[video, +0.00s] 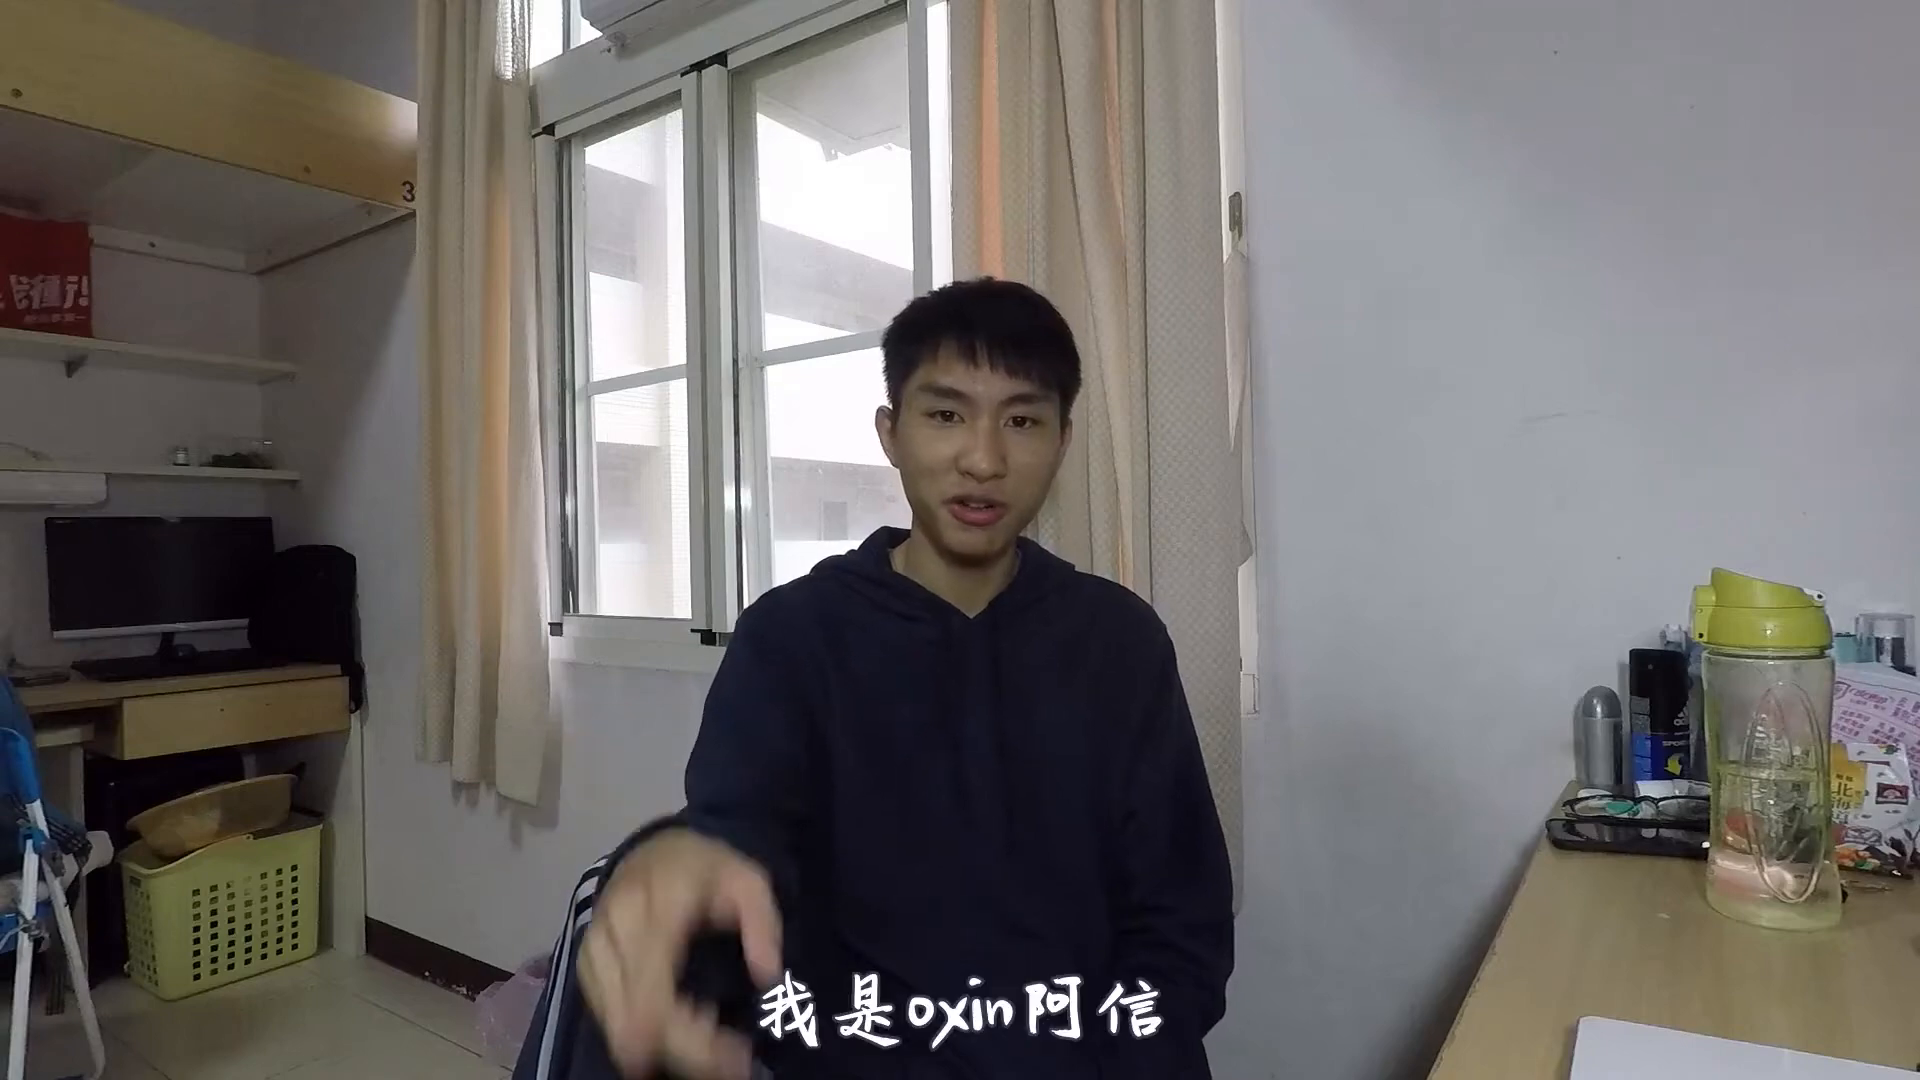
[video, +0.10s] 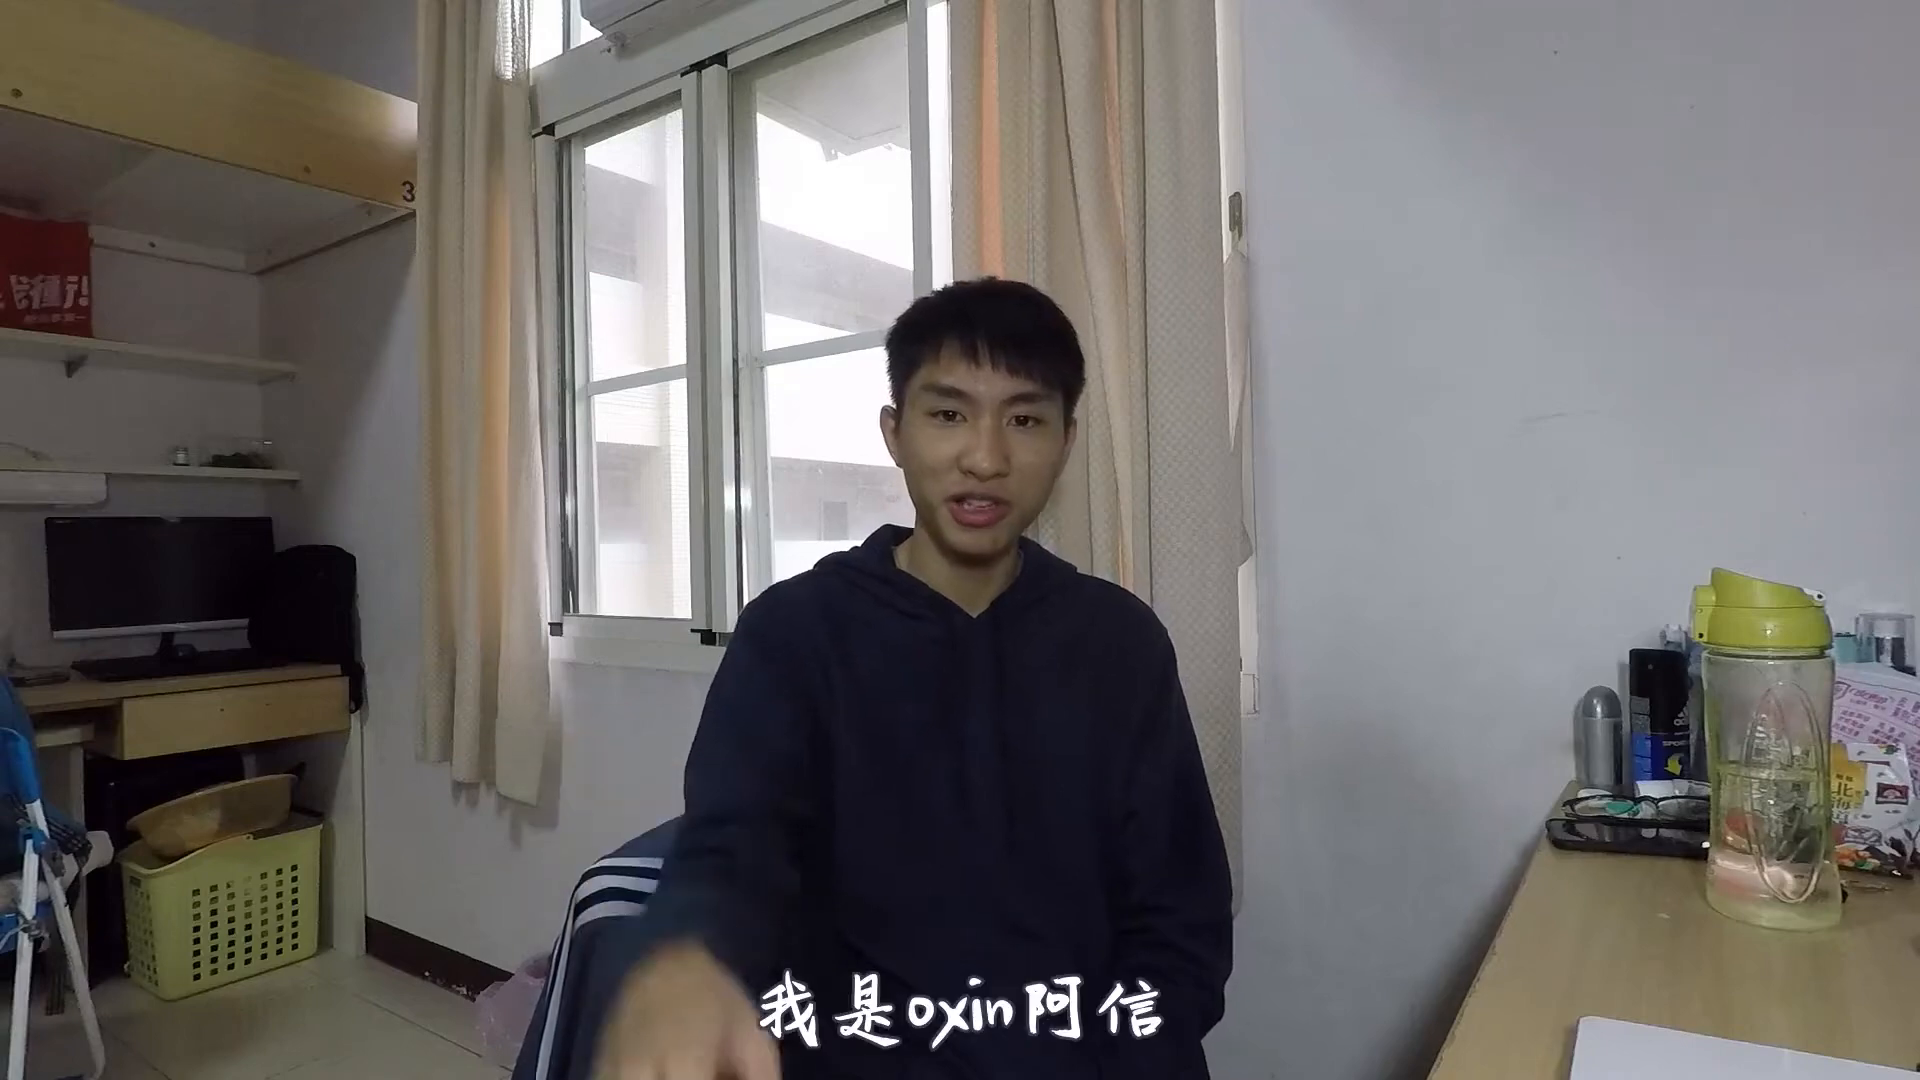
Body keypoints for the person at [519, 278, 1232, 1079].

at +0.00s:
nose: (982, 460)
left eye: (1020, 423)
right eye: (946, 416)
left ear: (1061, 441)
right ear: (891, 431)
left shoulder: (1121, 641)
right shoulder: (790, 637)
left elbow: (1186, 924)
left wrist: (1132, 1049)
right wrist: (675, 853)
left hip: (1073, 1047)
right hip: (852, 1051)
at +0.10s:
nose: (985, 457)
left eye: (1025, 420)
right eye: (947, 415)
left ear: (1064, 444)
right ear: (894, 433)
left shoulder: (1120, 640)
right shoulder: (794, 630)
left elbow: (1185, 917)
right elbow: (729, 846)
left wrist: (1128, 1042)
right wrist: (677, 961)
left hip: (1072, 1047)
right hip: (852, 1046)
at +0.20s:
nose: (989, 460)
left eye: (1030, 423)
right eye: (953, 414)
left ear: (1069, 449)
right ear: (900, 432)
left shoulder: (1122, 644)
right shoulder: (793, 636)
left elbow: (1184, 921)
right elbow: (716, 907)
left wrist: (1130, 1057)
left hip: (1067, 1048)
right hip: (853, 1049)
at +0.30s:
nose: (994, 464)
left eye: (1036, 427)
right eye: (958, 417)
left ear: (1073, 453)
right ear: (901, 434)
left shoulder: (1126, 644)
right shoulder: (797, 640)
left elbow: (1186, 928)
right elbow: (734, 934)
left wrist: (1127, 1059)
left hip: (1072, 1049)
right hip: (860, 1049)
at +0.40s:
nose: (994, 467)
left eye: (1036, 429)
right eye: (957, 421)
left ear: (1072, 455)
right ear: (899, 438)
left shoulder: (1126, 643)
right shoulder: (798, 645)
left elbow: (1187, 925)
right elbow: (742, 934)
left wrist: (1125, 1058)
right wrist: (829, 1063)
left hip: (1077, 1047)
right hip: (867, 1048)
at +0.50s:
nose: (993, 475)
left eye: (1033, 435)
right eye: (955, 430)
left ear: (1072, 455)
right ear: (896, 441)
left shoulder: (1125, 642)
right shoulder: (795, 643)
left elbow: (1186, 930)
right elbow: (737, 936)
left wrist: (1123, 1060)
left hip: (1074, 1048)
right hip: (863, 1049)